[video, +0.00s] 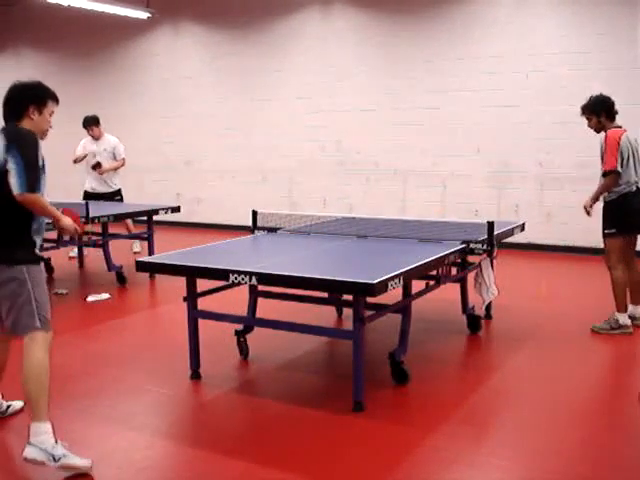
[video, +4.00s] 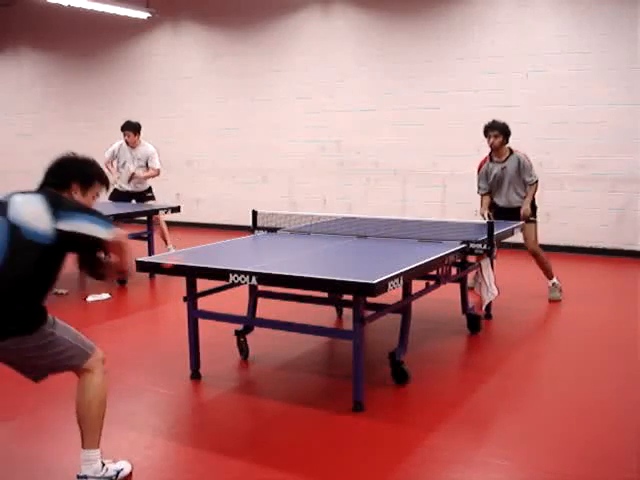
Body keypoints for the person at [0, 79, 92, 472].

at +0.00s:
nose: (52, 123)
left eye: (53, 116)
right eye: (50, 115)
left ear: (23, 112)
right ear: (32, 111)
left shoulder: (5, 138)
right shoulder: (23, 140)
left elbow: (22, 193)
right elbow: (24, 194)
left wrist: (55, 214)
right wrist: (59, 217)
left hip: (5, 255)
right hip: (18, 257)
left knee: (5, 331)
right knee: (38, 335)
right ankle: (41, 437)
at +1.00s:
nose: (51, 183)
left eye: (51, 175)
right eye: (49, 175)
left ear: (22, 174)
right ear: (34, 175)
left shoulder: (8, 199)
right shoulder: (18, 205)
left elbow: (22, 267)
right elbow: (27, 269)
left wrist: (56, 285)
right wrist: (59, 286)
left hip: (1, 304)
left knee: (22, 364)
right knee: (26, 365)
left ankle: (21, 466)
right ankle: (20, 469)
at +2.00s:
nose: (44, 181)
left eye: (44, 173)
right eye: (42, 173)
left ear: (21, 173)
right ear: (25, 174)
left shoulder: (10, 202)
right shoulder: (10, 205)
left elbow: (11, 264)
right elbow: (7, 269)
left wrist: (43, 274)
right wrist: (43, 276)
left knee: (14, 364)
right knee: (14, 364)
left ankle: (19, 466)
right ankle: (18, 469)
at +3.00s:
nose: (33, 156)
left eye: (34, 148)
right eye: (31, 148)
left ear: (9, 149)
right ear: (11, 148)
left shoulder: (5, 184)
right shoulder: (2, 186)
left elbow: (5, 248)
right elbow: (4, 251)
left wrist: (38, 259)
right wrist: (40, 259)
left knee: (8, 366)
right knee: (7, 367)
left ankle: (17, 465)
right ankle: (16, 468)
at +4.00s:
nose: (93, 205)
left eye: (95, 199)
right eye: (92, 197)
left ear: (51, 183)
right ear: (74, 189)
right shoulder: (66, 212)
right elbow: (119, 240)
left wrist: (114, 269)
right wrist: (123, 271)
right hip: (16, 321)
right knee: (92, 362)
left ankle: (91, 463)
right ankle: (92, 465)